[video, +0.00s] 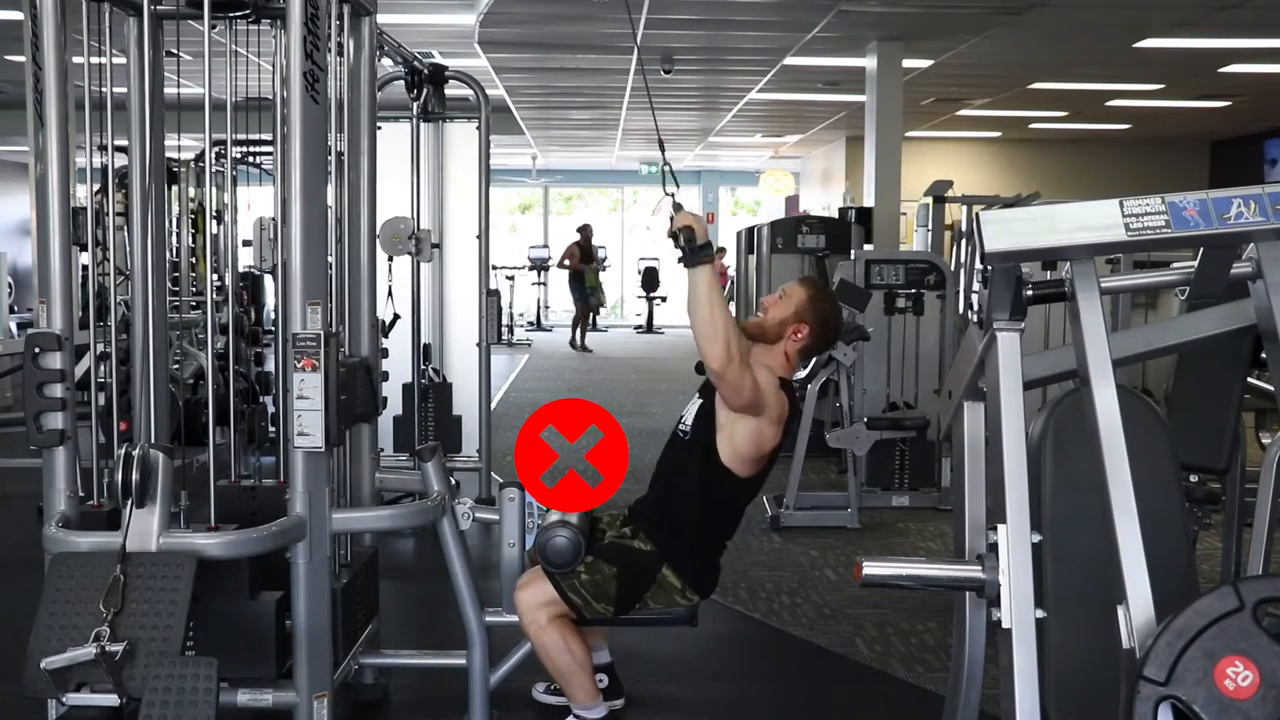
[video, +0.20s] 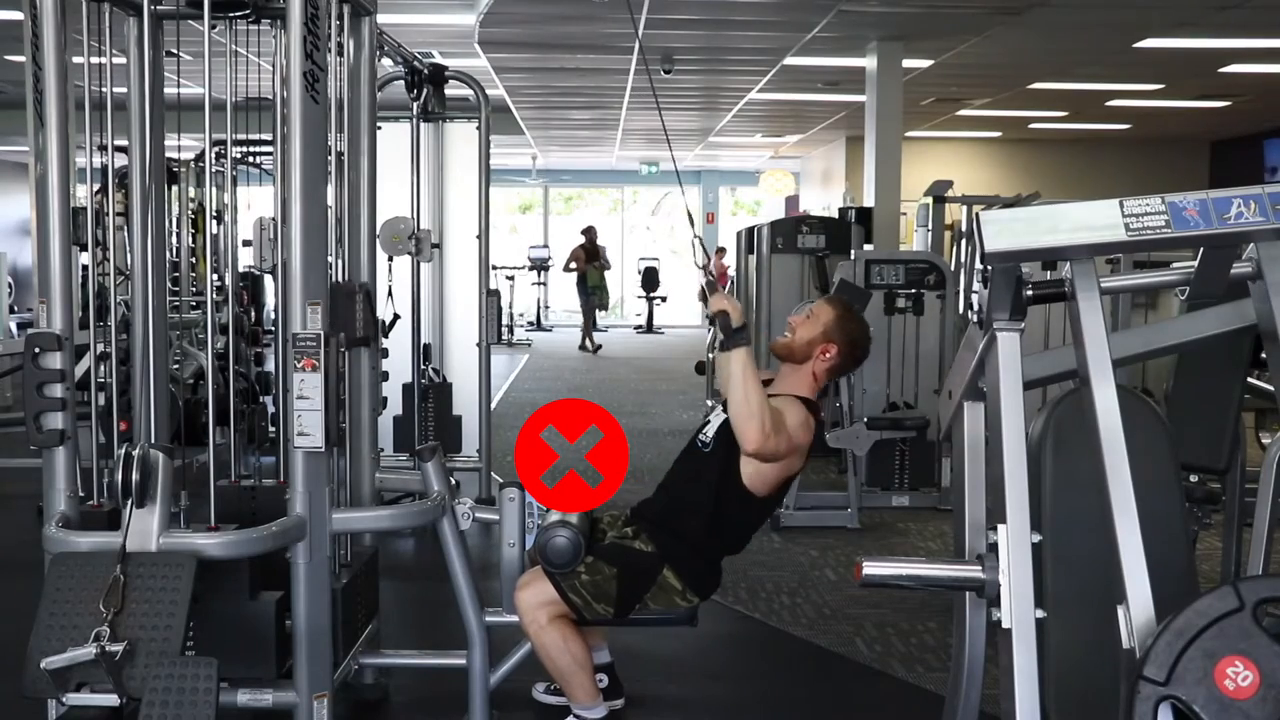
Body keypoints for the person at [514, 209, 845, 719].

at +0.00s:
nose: (765, 298)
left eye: (779, 297)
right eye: (775, 292)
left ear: (796, 332)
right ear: (795, 334)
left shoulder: (762, 396)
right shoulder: (751, 371)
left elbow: (720, 356)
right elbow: (720, 336)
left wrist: (697, 250)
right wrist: (706, 265)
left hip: (670, 564)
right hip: (649, 529)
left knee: (533, 596)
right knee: (552, 545)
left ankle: (589, 711)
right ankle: (595, 672)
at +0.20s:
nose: (792, 316)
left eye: (807, 317)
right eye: (802, 310)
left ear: (824, 354)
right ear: (820, 356)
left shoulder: (795, 417)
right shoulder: (772, 386)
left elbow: (756, 438)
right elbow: (727, 387)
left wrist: (736, 331)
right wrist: (723, 324)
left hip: (676, 562)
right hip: (651, 527)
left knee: (533, 597)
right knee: (550, 545)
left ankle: (590, 712)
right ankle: (596, 670)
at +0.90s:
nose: (831, 350)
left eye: (847, 351)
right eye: (842, 344)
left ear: (860, 387)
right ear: (857, 386)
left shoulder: (828, 446)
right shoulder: (809, 412)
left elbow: (806, 524)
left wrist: (788, 433)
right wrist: (769, 401)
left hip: (683, 563)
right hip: (665, 524)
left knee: (540, 593)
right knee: (553, 547)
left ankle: (590, 711)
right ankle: (595, 671)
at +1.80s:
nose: (720, 269)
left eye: (737, 274)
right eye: (733, 264)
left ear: (750, 311)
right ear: (749, 313)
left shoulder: (717, 354)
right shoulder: (712, 344)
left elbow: (680, 265)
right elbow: (682, 265)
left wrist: (664, 167)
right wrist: (658, 177)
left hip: (667, 554)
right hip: (655, 532)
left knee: (533, 597)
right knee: (550, 547)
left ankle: (589, 709)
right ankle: (592, 668)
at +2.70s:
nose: (815, 336)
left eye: (829, 336)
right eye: (824, 330)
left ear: (846, 372)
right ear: (843, 373)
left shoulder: (812, 432)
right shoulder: (794, 404)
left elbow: (769, 437)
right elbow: (749, 389)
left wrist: (743, 325)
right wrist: (729, 313)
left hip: (675, 563)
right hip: (654, 526)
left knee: (534, 596)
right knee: (553, 542)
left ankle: (590, 712)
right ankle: (594, 672)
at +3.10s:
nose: (838, 364)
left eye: (853, 365)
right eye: (848, 357)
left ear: (868, 402)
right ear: (863, 403)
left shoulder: (836, 456)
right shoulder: (814, 424)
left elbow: (822, 543)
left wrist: (799, 446)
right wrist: (776, 406)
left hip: (681, 563)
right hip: (661, 523)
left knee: (538, 596)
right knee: (550, 553)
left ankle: (590, 711)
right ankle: (594, 671)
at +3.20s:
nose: (839, 365)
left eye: (854, 366)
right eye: (849, 358)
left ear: (870, 404)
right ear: (864, 404)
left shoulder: (837, 459)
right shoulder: (817, 426)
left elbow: (825, 550)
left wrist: (806, 453)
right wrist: (773, 404)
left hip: (681, 563)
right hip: (662, 523)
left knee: (538, 596)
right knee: (550, 552)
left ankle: (590, 711)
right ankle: (593, 671)